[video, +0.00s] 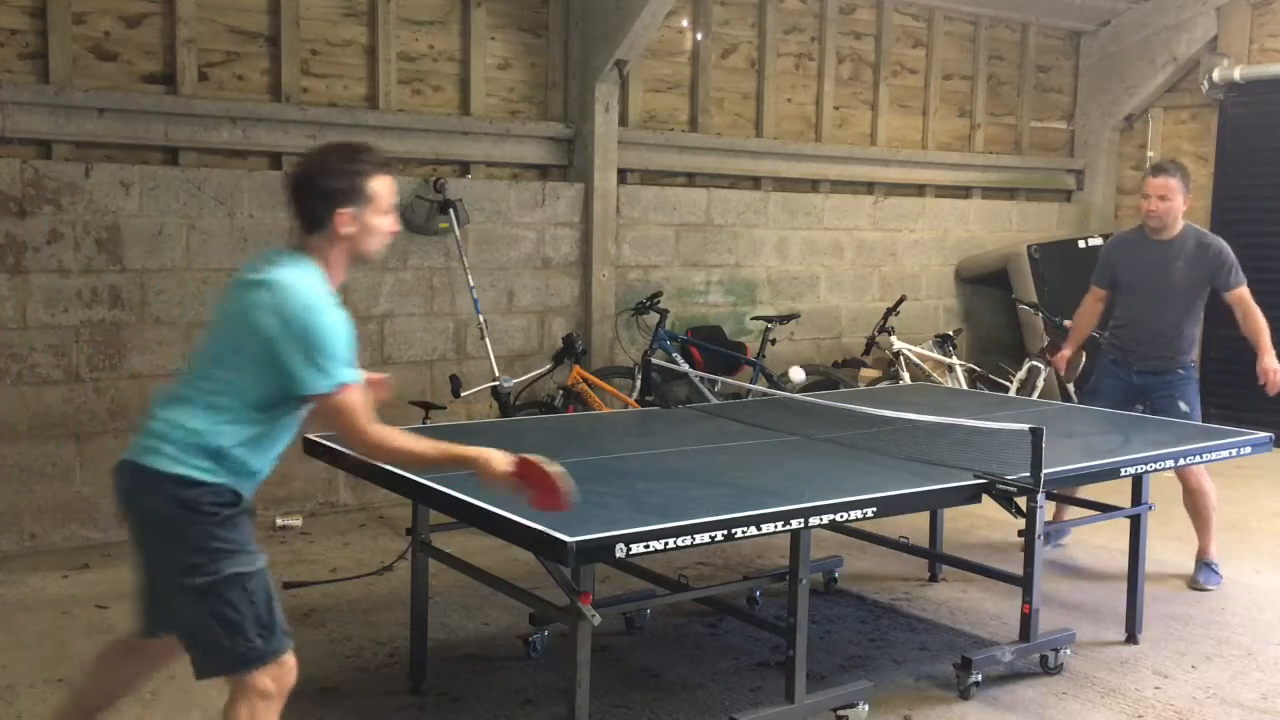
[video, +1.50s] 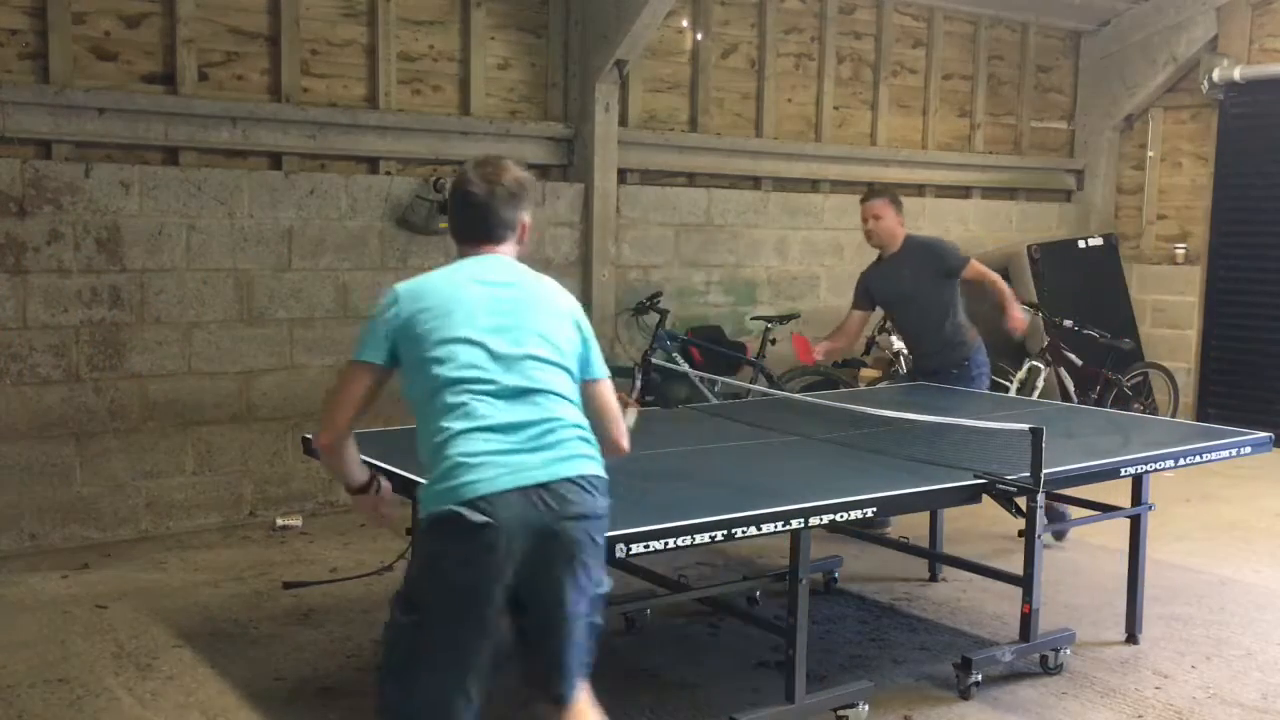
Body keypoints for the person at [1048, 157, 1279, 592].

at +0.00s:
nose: (1151, 205)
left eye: (1162, 198)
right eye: (1146, 196)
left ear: (1185, 202)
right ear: (1140, 198)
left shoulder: (1211, 251)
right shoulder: (1119, 247)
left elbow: (1243, 304)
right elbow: (1094, 300)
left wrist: (1266, 351)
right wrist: (1069, 347)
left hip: (1174, 376)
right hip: (1114, 369)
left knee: (1189, 468)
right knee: (1077, 445)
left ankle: (1207, 555)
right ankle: (1056, 522)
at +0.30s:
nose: (1105, 202)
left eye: (1115, 194)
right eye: (1099, 194)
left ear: (1134, 199)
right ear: (1092, 198)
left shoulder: (1156, 250)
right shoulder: (1071, 248)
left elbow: (1184, 305)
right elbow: (1048, 296)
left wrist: (1202, 358)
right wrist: (1024, 339)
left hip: (1130, 376)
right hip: (1074, 372)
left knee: (1157, 464)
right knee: (1057, 452)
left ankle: (1197, 552)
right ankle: (1051, 524)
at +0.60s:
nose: (1037, 215)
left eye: (1045, 206)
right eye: (1034, 207)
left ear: (1072, 206)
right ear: (1035, 210)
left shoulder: (1105, 257)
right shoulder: (1031, 259)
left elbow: (1136, 319)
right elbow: (1013, 313)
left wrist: (1119, 373)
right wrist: (959, 339)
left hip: (1090, 381)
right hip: (1039, 376)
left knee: (1109, 468)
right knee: (1004, 435)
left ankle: (1127, 548)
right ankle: (1013, 510)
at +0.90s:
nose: (910, 235)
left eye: (916, 226)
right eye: (909, 227)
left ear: (942, 225)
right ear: (925, 228)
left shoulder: (977, 262)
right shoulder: (923, 282)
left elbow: (1031, 287)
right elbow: (888, 335)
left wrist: (1040, 303)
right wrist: (834, 345)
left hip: (1007, 380)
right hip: (961, 383)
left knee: (1055, 459)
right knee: (913, 437)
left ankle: (1112, 544)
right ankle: (881, 512)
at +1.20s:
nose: (837, 251)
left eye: (841, 243)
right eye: (835, 244)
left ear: (867, 239)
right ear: (854, 243)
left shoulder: (909, 268)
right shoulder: (856, 298)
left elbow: (969, 290)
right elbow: (830, 345)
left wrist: (966, 317)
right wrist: (782, 362)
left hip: (962, 372)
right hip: (921, 382)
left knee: (991, 453)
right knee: (885, 436)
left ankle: (1053, 533)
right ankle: (881, 511)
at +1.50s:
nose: (867, 227)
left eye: (874, 218)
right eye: (864, 221)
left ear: (897, 219)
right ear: (865, 226)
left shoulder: (934, 253)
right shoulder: (872, 278)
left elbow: (991, 278)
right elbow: (847, 335)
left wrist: (1013, 308)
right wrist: (825, 347)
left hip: (965, 366)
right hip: (923, 373)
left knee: (979, 445)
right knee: (892, 436)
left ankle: (1051, 507)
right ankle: (880, 513)